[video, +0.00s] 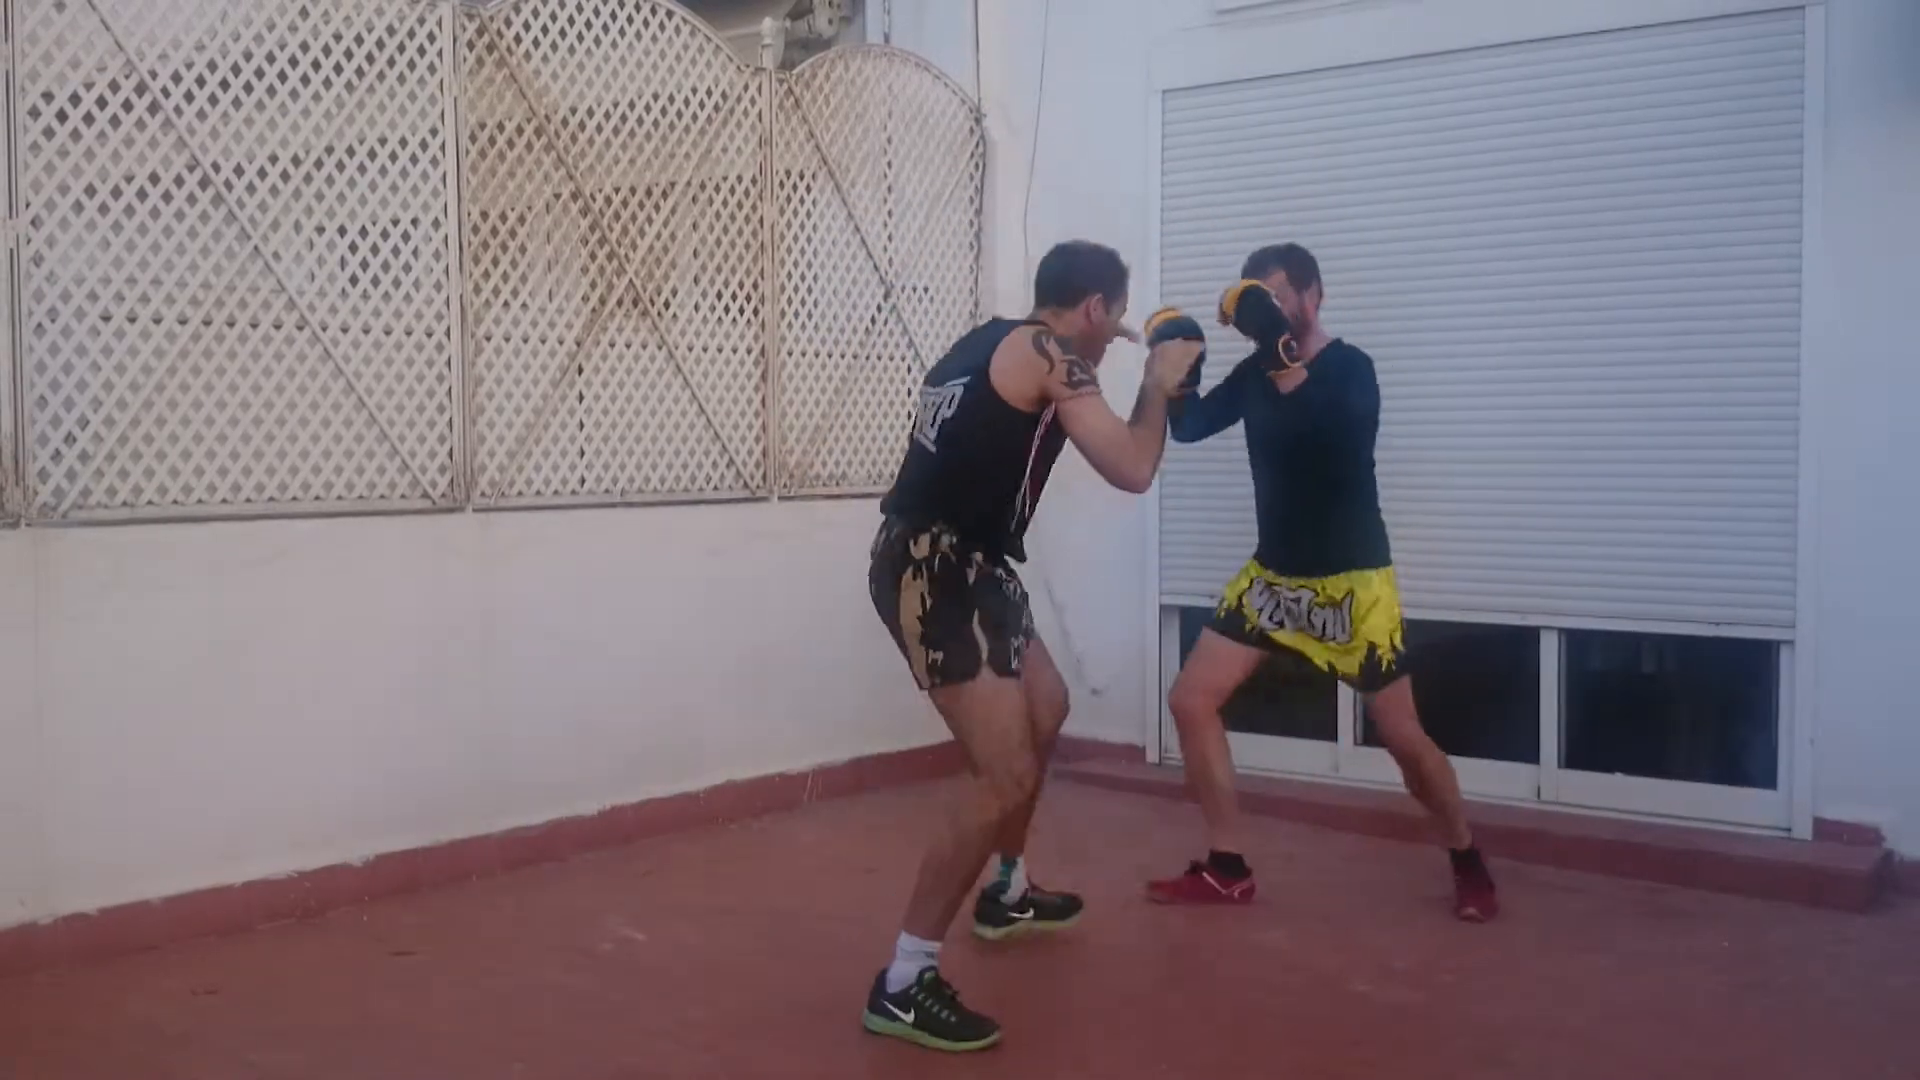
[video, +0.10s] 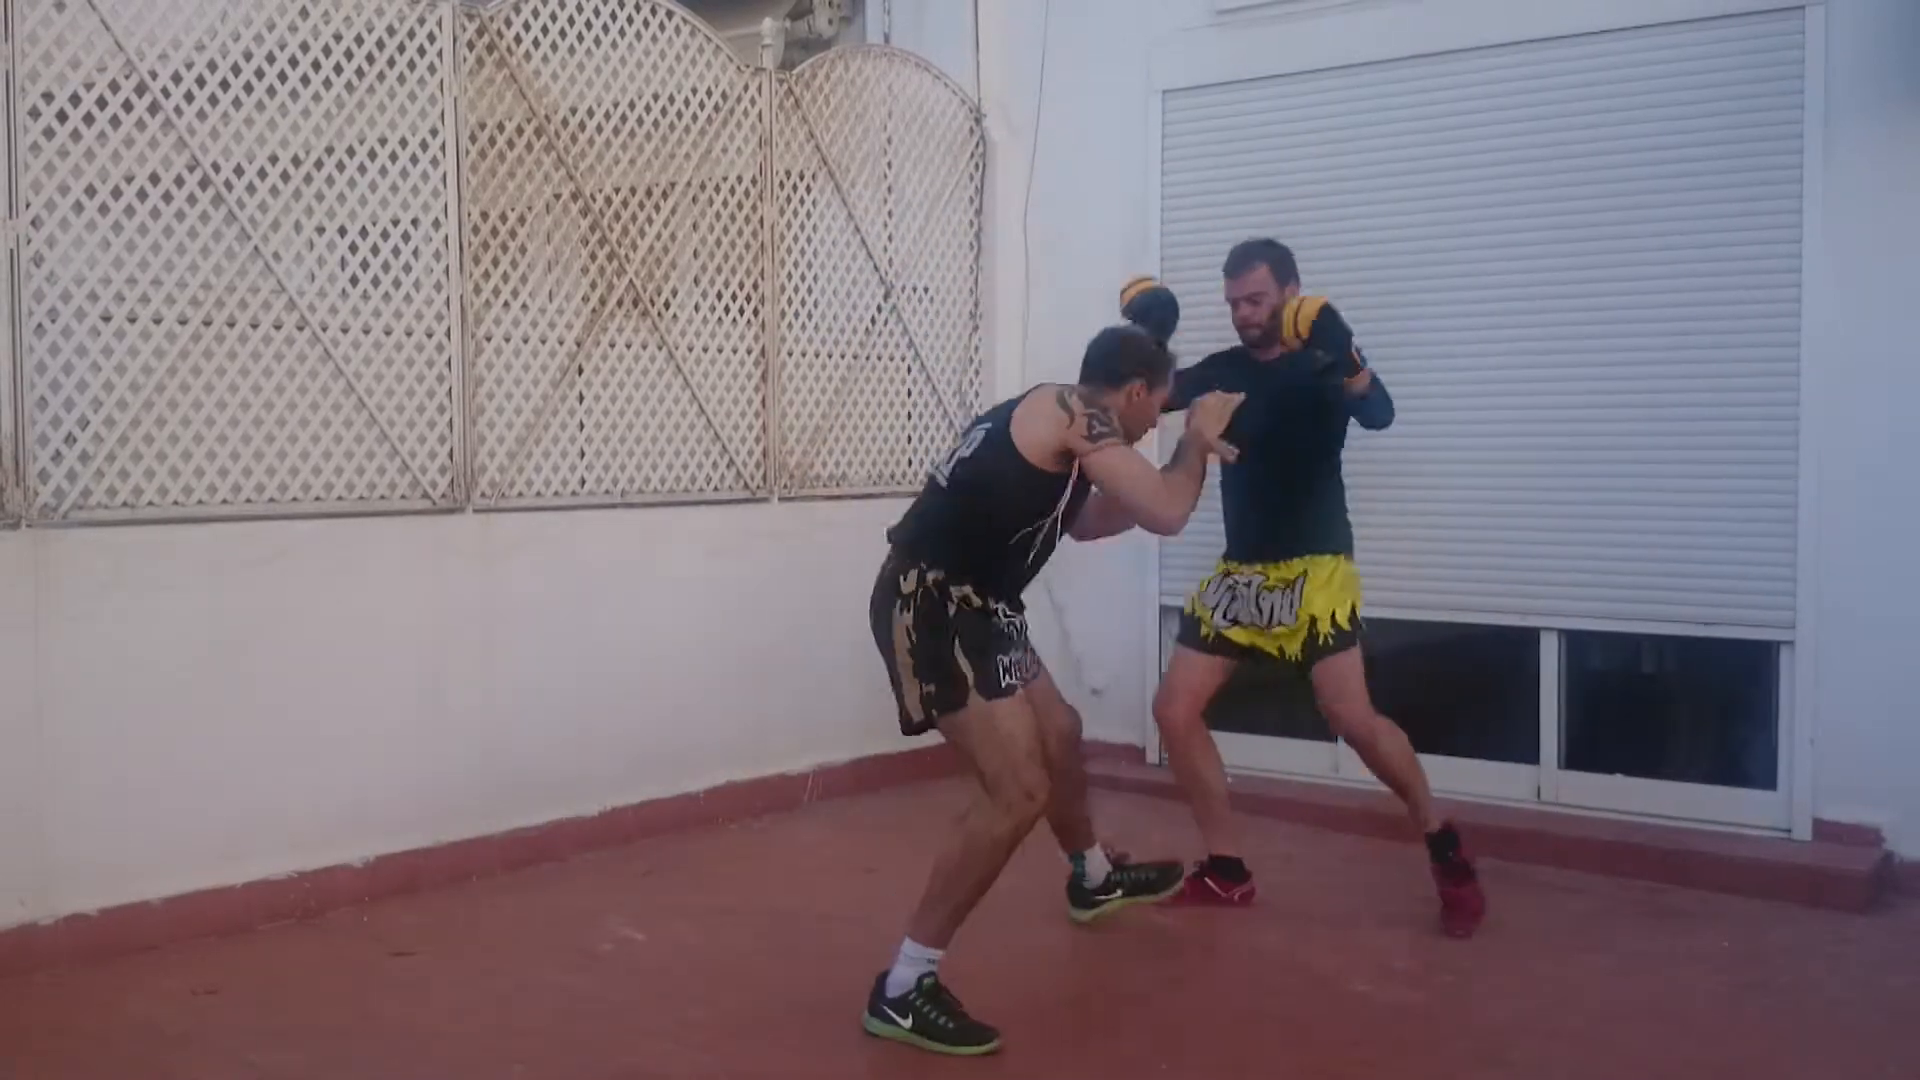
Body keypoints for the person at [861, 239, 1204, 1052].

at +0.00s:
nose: (1119, 326)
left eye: (1118, 313)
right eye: (1117, 312)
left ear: (1050, 298)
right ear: (1090, 307)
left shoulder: (995, 339)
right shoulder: (1043, 359)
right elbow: (1132, 467)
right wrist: (1163, 383)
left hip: (966, 558)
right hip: (936, 563)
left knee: (1044, 705)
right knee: (1007, 781)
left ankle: (1003, 893)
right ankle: (902, 983)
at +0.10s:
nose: (1157, 416)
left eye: (1160, 403)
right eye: (1157, 402)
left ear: (1110, 385)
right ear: (1129, 390)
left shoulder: (1055, 418)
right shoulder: (1068, 412)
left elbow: (1085, 522)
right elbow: (1170, 510)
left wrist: (1173, 476)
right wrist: (1200, 440)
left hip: (976, 601)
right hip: (934, 602)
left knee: (1059, 733)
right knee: (1020, 788)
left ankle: (1092, 875)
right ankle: (903, 986)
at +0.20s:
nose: (1197, 464)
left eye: (1202, 454)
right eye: (1200, 452)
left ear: (1162, 434)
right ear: (1175, 435)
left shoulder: (1118, 470)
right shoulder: (1102, 435)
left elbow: (1163, 573)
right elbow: (1152, 535)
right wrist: (1208, 477)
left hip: (1005, 610)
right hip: (949, 598)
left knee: (1082, 751)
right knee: (1015, 781)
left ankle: (1117, 891)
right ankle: (904, 983)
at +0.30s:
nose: (1216, 480)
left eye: (1221, 472)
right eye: (1221, 469)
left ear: (1193, 441)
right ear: (1208, 445)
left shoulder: (1155, 499)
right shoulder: (1130, 431)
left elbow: (1188, 608)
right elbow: (1147, 526)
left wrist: (1290, 627)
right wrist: (1227, 483)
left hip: (1034, 601)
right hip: (967, 577)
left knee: (1120, 729)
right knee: (993, 761)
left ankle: (1120, 889)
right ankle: (894, 964)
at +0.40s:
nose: (1251, 429)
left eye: (1257, 415)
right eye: (1245, 409)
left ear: (1219, 406)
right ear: (1199, 388)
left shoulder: (1173, 486)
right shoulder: (1126, 395)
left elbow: (1186, 594)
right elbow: (1149, 472)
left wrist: (1269, 652)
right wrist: (1239, 458)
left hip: (1058, 592)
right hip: (982, 559)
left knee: (1137, 732)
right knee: (987, 748)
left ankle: (1119, 886)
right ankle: (884, 897)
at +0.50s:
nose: (1193, 322)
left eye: (1211, 321)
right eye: (1189, 311)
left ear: (1226, 355)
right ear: (1165, 323)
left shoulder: (1195, 451)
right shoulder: (1108, 349)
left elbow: (1176, 564)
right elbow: (1140, 384)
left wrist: (1193, 625)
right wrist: (1219, 413)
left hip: (1086, 586)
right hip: (999, 557)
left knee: (1147, 752)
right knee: (963, 744)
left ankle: (1132, 882)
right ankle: (895, 911)